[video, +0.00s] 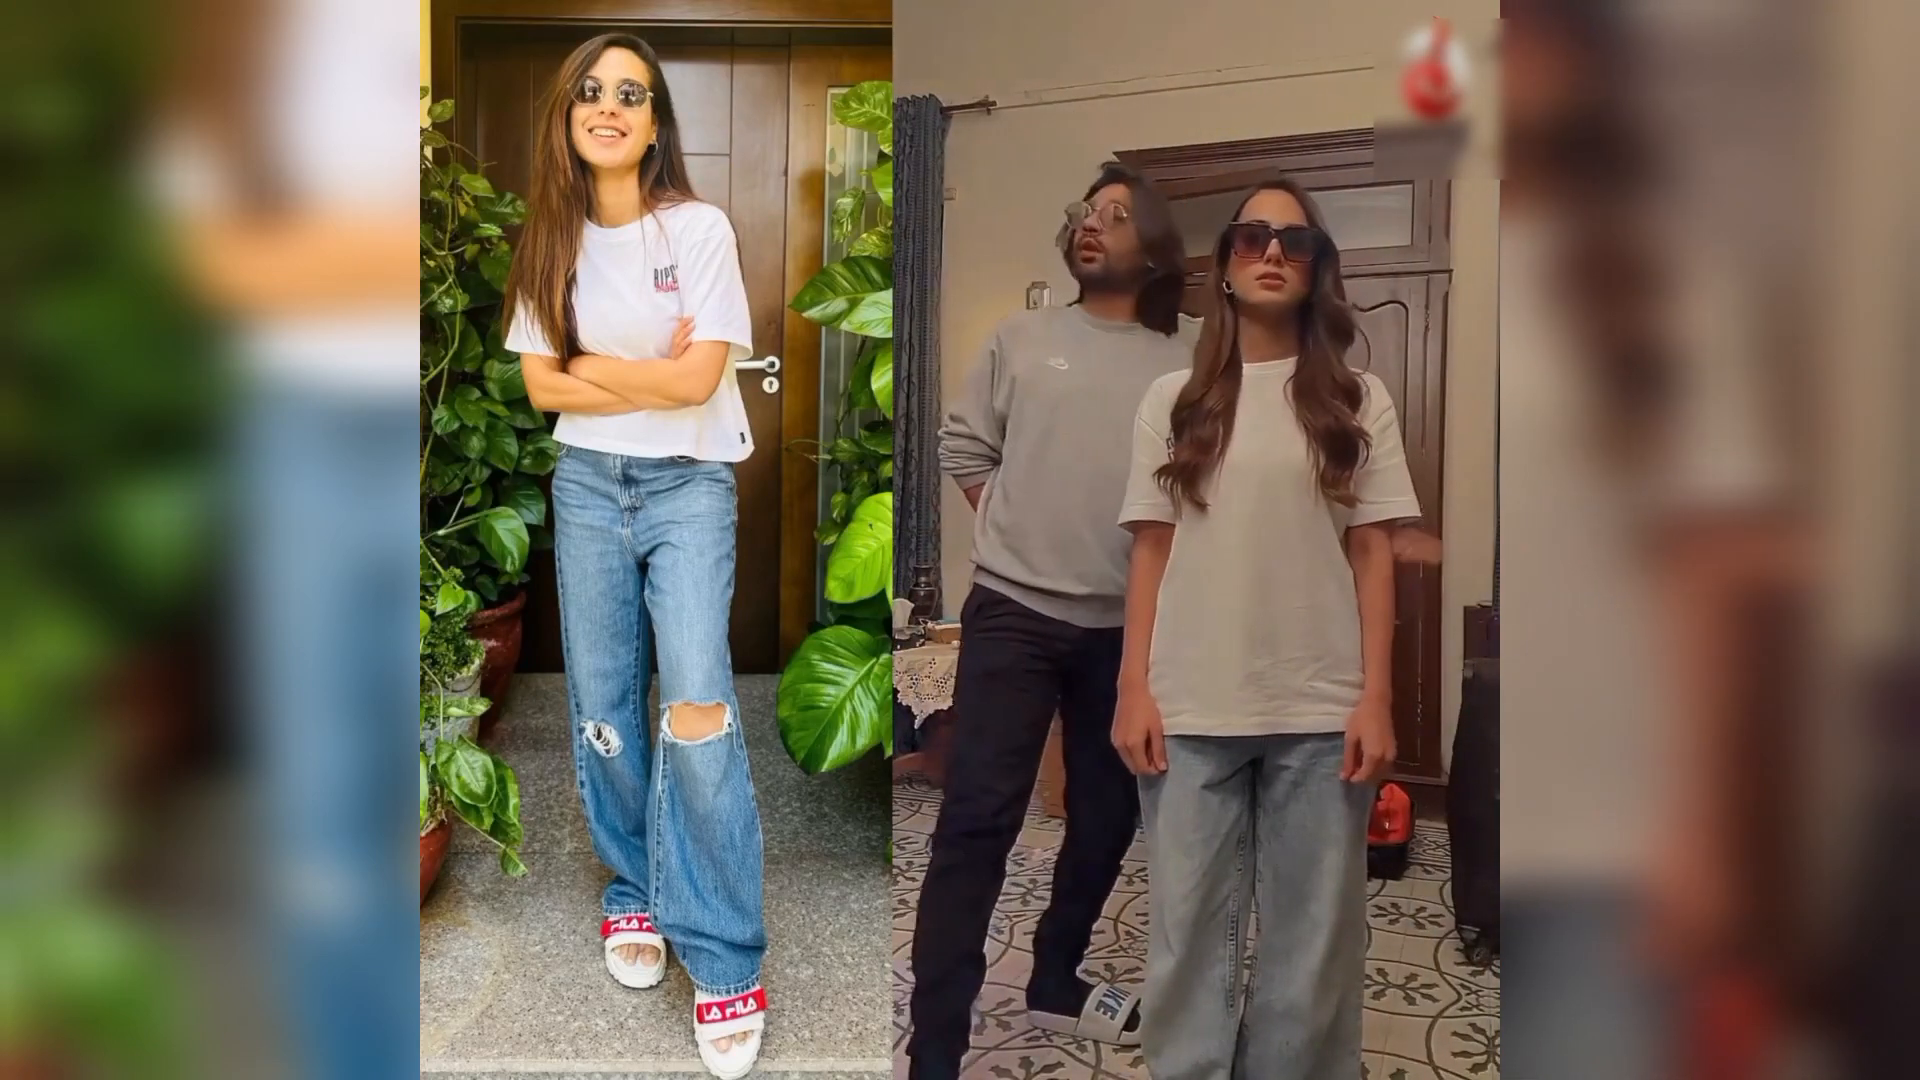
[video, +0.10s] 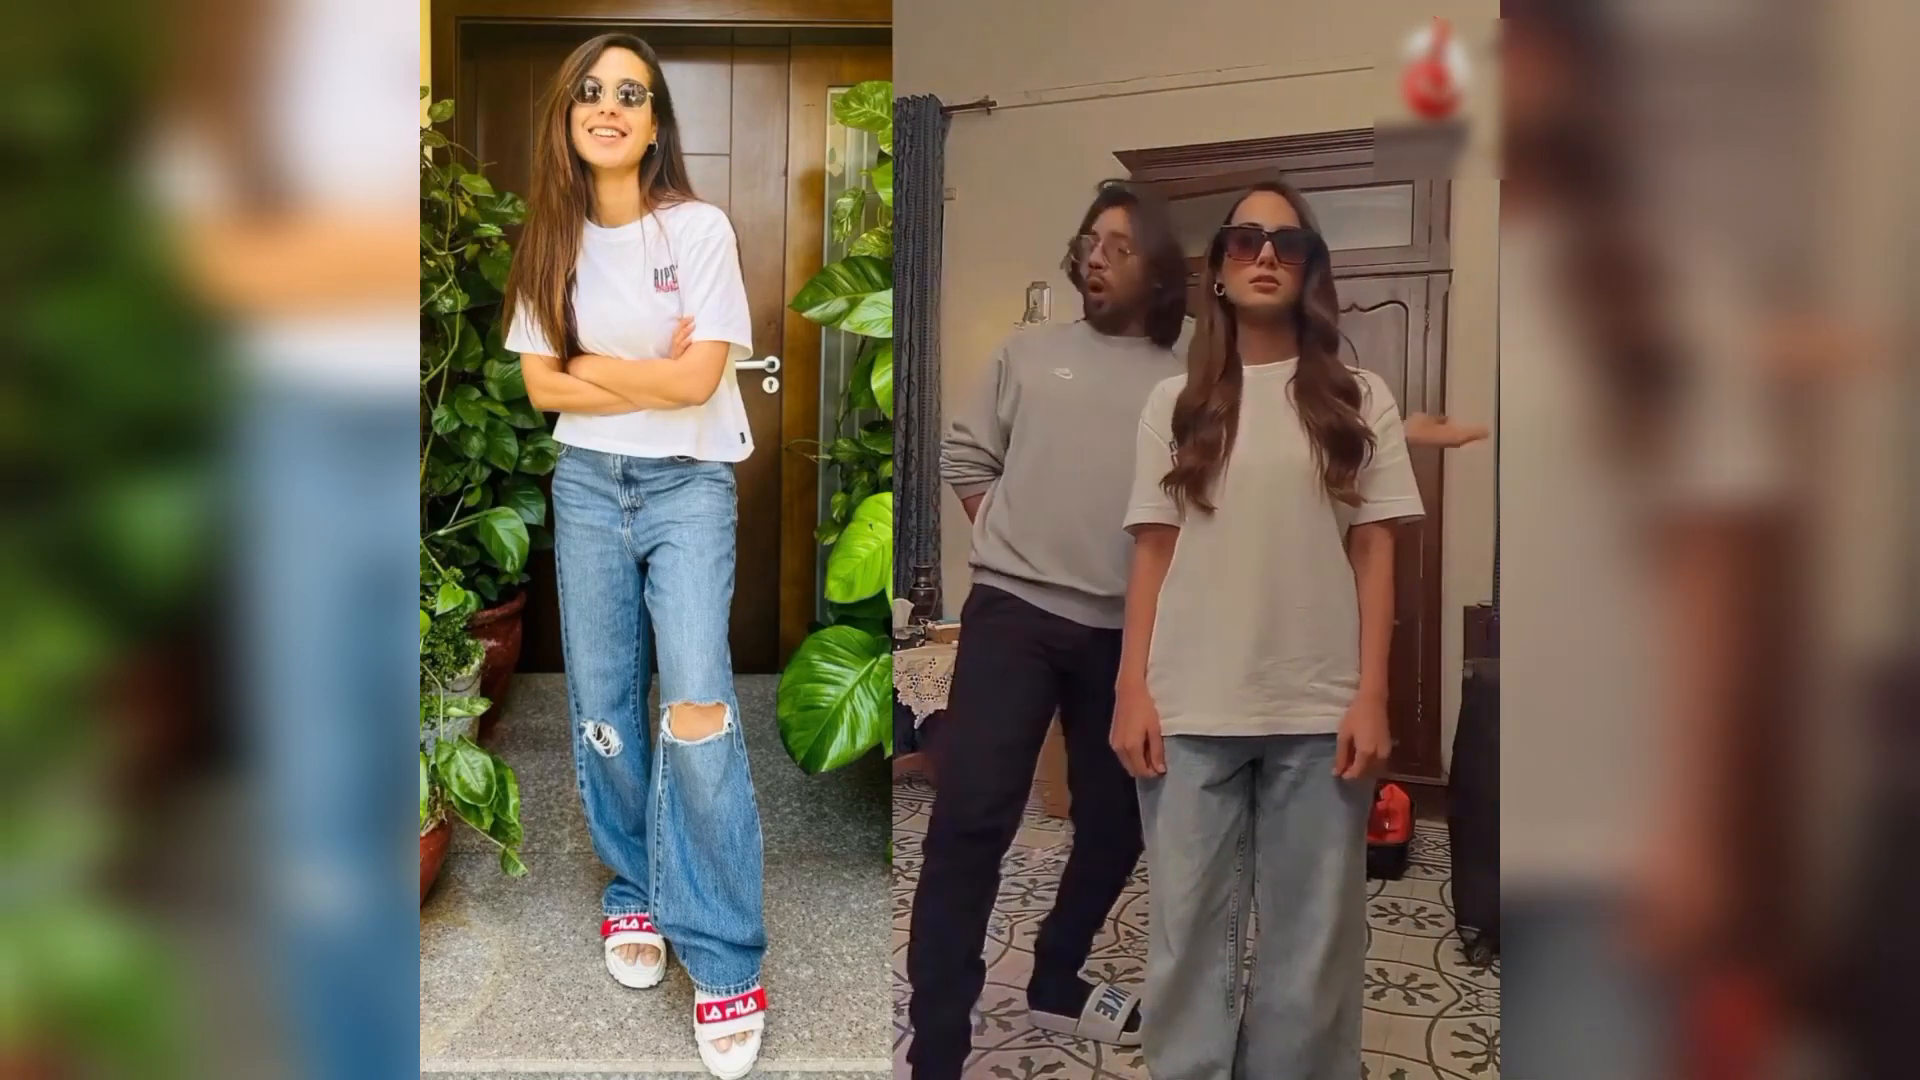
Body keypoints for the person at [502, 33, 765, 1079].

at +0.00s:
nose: (609, 111)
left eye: (629, 98)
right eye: (593, 95)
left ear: (656, 122)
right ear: (566, 117)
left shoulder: (699, 226)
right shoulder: (549, 240)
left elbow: (698, 378)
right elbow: (541, 385)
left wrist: (576, 362)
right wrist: (662, 379)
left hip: (689, 482)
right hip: (584, 484)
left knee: (694, 710)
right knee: (603, 708)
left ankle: (724, 958)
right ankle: (631, 892)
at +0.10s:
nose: (609, 111)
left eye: (629, 98)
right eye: (592, 95)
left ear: (656, 122)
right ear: (566, 117)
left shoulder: (699, 226)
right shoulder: (549, 240)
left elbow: (698, 378)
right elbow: (541, 385)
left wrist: (576, 362)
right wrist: (662, 378)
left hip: (689, 482)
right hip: (584, 484)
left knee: (694, 709)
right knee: (602, 708)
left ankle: (724, 958)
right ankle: (631, 891)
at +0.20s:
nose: (610, 111)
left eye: (629, 97)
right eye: (593, 95)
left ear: (656, 121)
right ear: (566, 117)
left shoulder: (699, 225)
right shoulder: (549, 240)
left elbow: (698, 378)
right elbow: (541, 385)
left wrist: (577, 362)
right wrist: (662, 379)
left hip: (689, 482)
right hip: (584, 484)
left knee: (694, 709)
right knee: (603, 708)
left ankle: (724, 957)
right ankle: (631, 891)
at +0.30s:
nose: (609, 111)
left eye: (629, 98)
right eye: (593, 95)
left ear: (656, 121)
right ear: (566, 117)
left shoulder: (699, 226)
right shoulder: (549, 240)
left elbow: (698, 378)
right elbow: (541, 385)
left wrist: (576, 362)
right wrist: (662, 379)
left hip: (689, 482)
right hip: (584, 484)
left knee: (694, 710)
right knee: (603, 708)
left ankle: (724, 958)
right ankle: (631, 891)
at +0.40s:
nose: (609, 111)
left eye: (629, 98)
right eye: (593, 95)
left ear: (656, 121)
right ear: (566, 117)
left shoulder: (699, 226)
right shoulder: (549, 240)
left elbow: (698, 378)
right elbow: (541, 385)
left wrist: (576, 362)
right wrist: (662, 379)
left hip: (689, 482)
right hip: (584, 484)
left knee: (694, 710)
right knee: (603, 708)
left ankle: (724, 958)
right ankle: (631, 892)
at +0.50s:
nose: (610, 111)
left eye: (629, 98)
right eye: (593, 95)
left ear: (656, 121)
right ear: (566, 117)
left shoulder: (699, 225)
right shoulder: (549, 240)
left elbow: (698, 378)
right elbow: (541, 385)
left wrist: (577, 362)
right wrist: (661, 379)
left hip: (689, 482)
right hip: (584, 484)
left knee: (694, 709)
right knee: (603, 708)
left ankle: (724, 957)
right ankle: (631, 891)